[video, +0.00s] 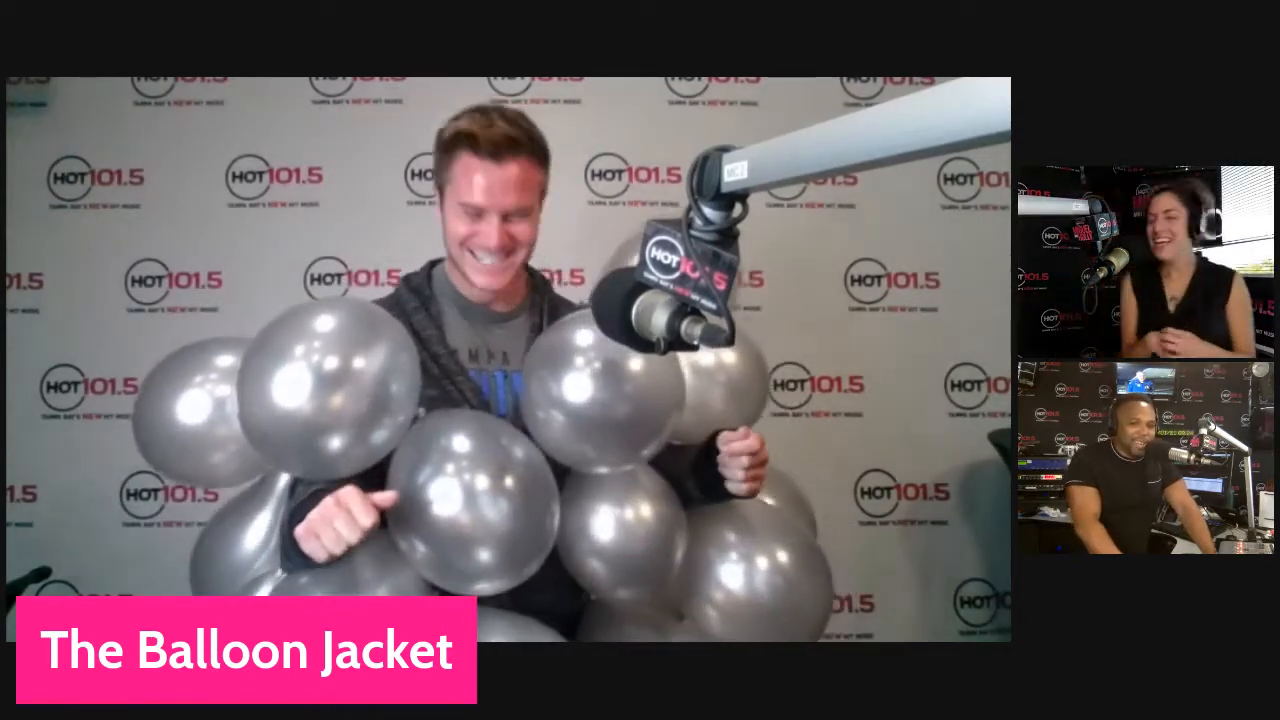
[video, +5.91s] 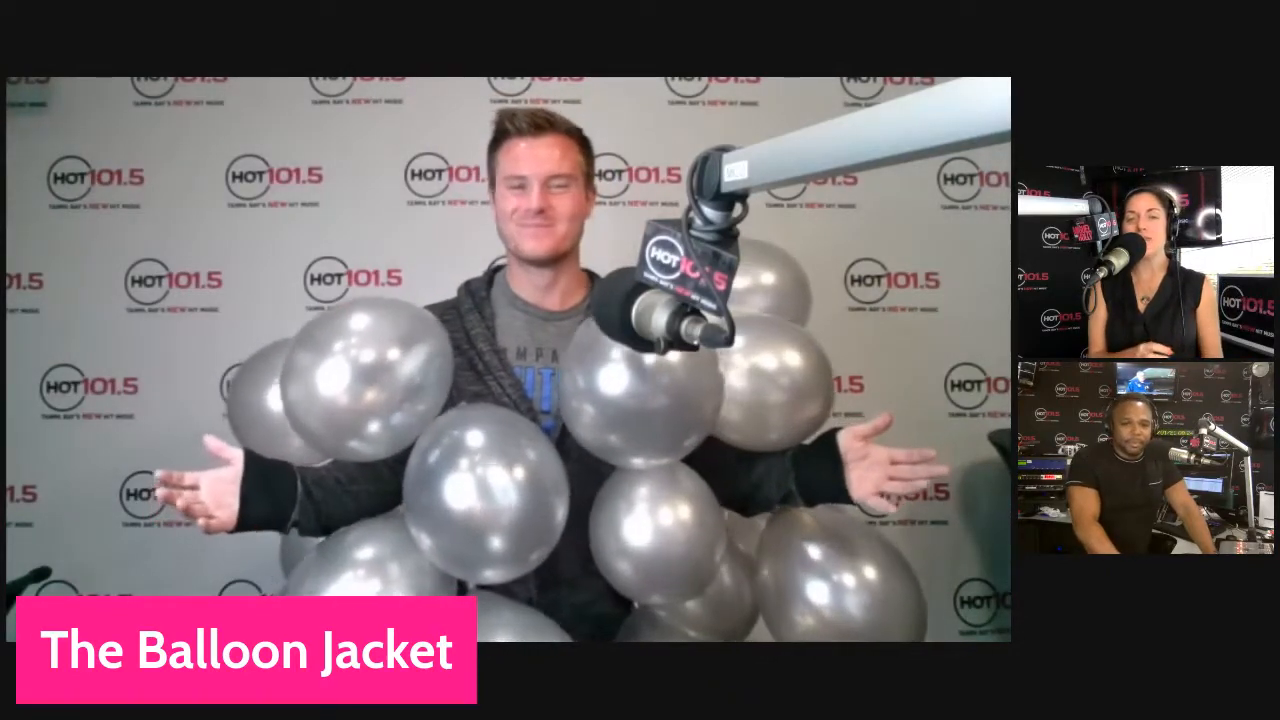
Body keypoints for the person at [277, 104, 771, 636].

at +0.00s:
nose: (494, 237)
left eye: (515, 215)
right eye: (473, 213)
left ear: (540, 214)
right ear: (440, 207)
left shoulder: (583, 334)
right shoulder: (379, 337)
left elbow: (637, 463)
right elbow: (317, 467)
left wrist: (714, 466)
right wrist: (319, 514)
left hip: (568, 608)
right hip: (423, 608)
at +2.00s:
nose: (552, 199)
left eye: (573, 178)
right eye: (528, 178)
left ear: (599, 191)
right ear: (497, 190)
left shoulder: (654, 320)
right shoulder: (432, 331)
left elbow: (711, 460)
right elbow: (369, 449)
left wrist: (783, 490)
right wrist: (337, 502)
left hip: (637, 622)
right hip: (488, 617)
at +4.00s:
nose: (550, 201)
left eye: (570, 182)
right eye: (529, 184)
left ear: (599, 197)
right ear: (501, 203)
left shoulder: (656, 322)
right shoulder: (442, 338)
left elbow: (707, 465)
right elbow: (408, 475)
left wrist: (795, 483)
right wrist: (344, 510)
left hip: (649, 618)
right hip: (504, 615)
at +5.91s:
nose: (536, 203)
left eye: (557, 185)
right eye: (516, 187)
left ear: (590, 200)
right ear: (491, 203)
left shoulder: (647, 325)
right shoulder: (439, 333)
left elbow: (714, 470)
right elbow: (393, 470)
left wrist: (824, 466)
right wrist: (273, 493)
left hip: (633, 619)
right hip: (492, 615)